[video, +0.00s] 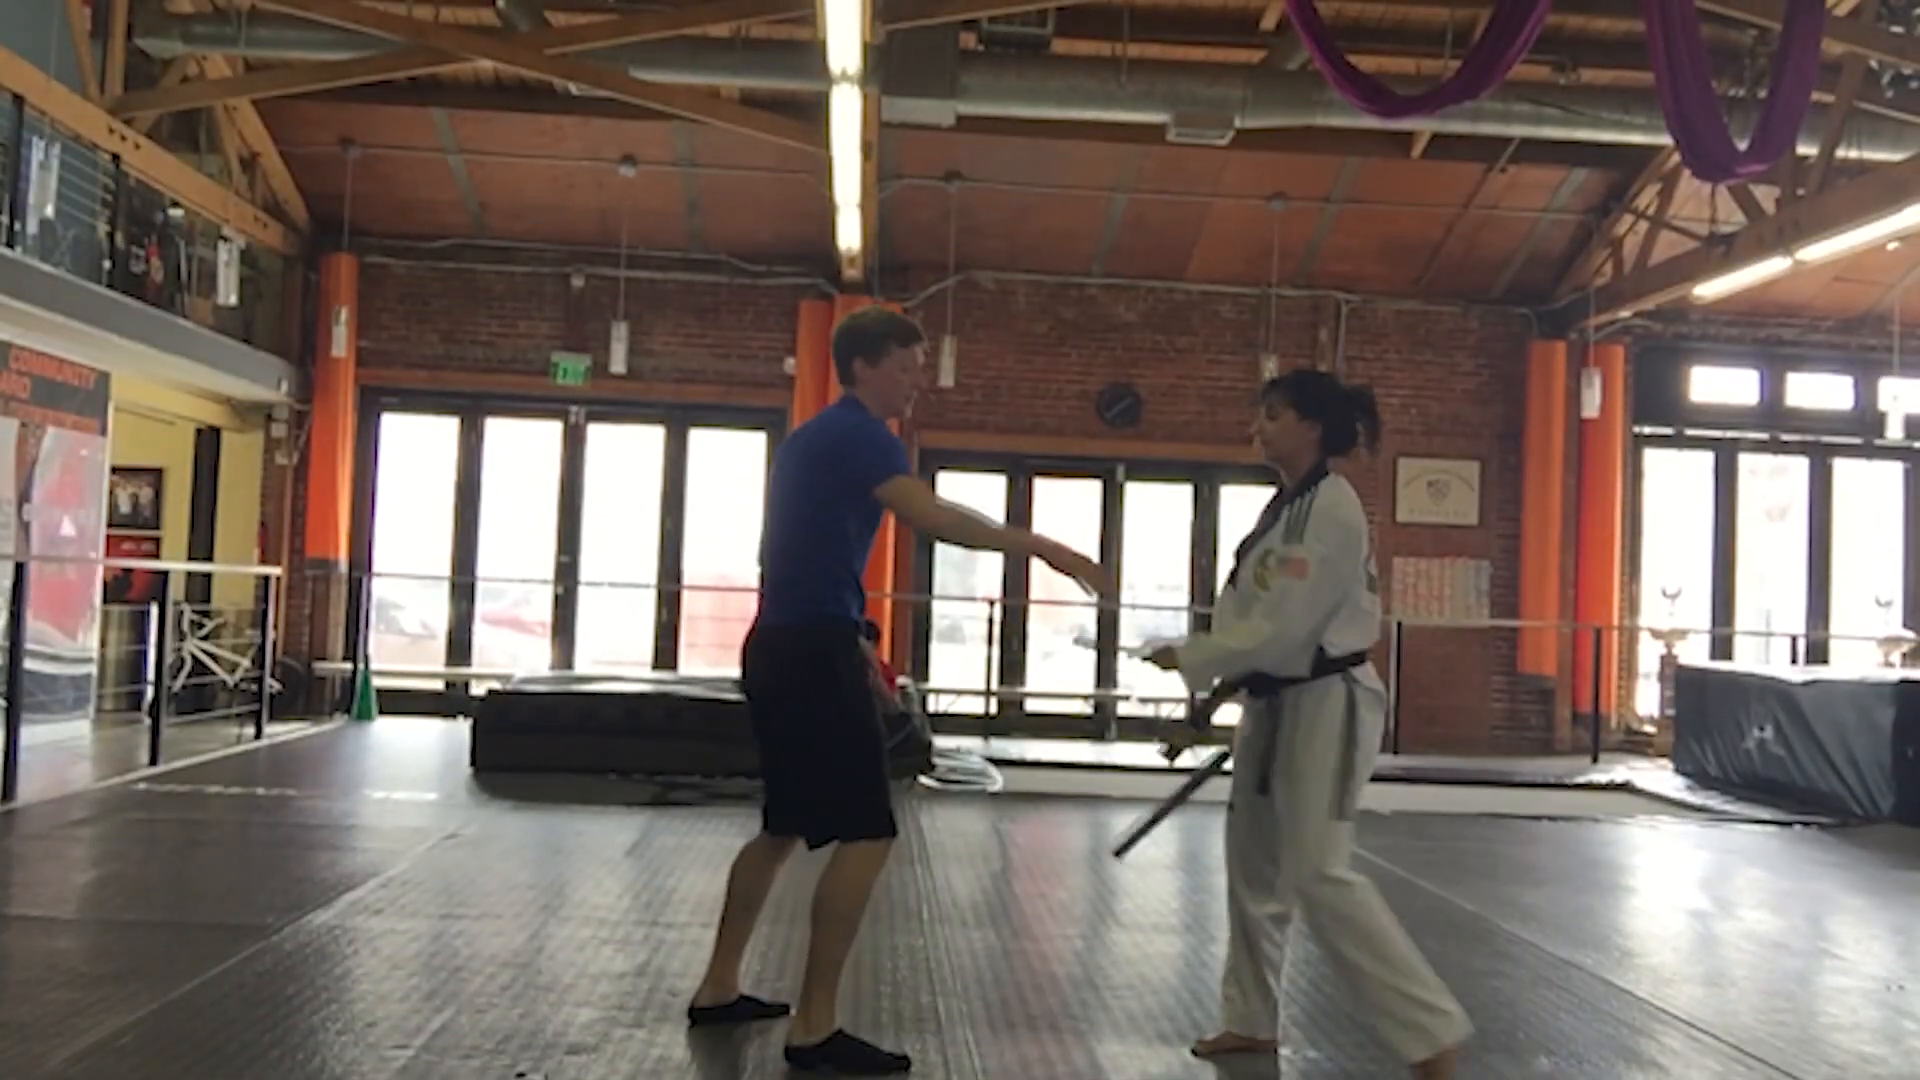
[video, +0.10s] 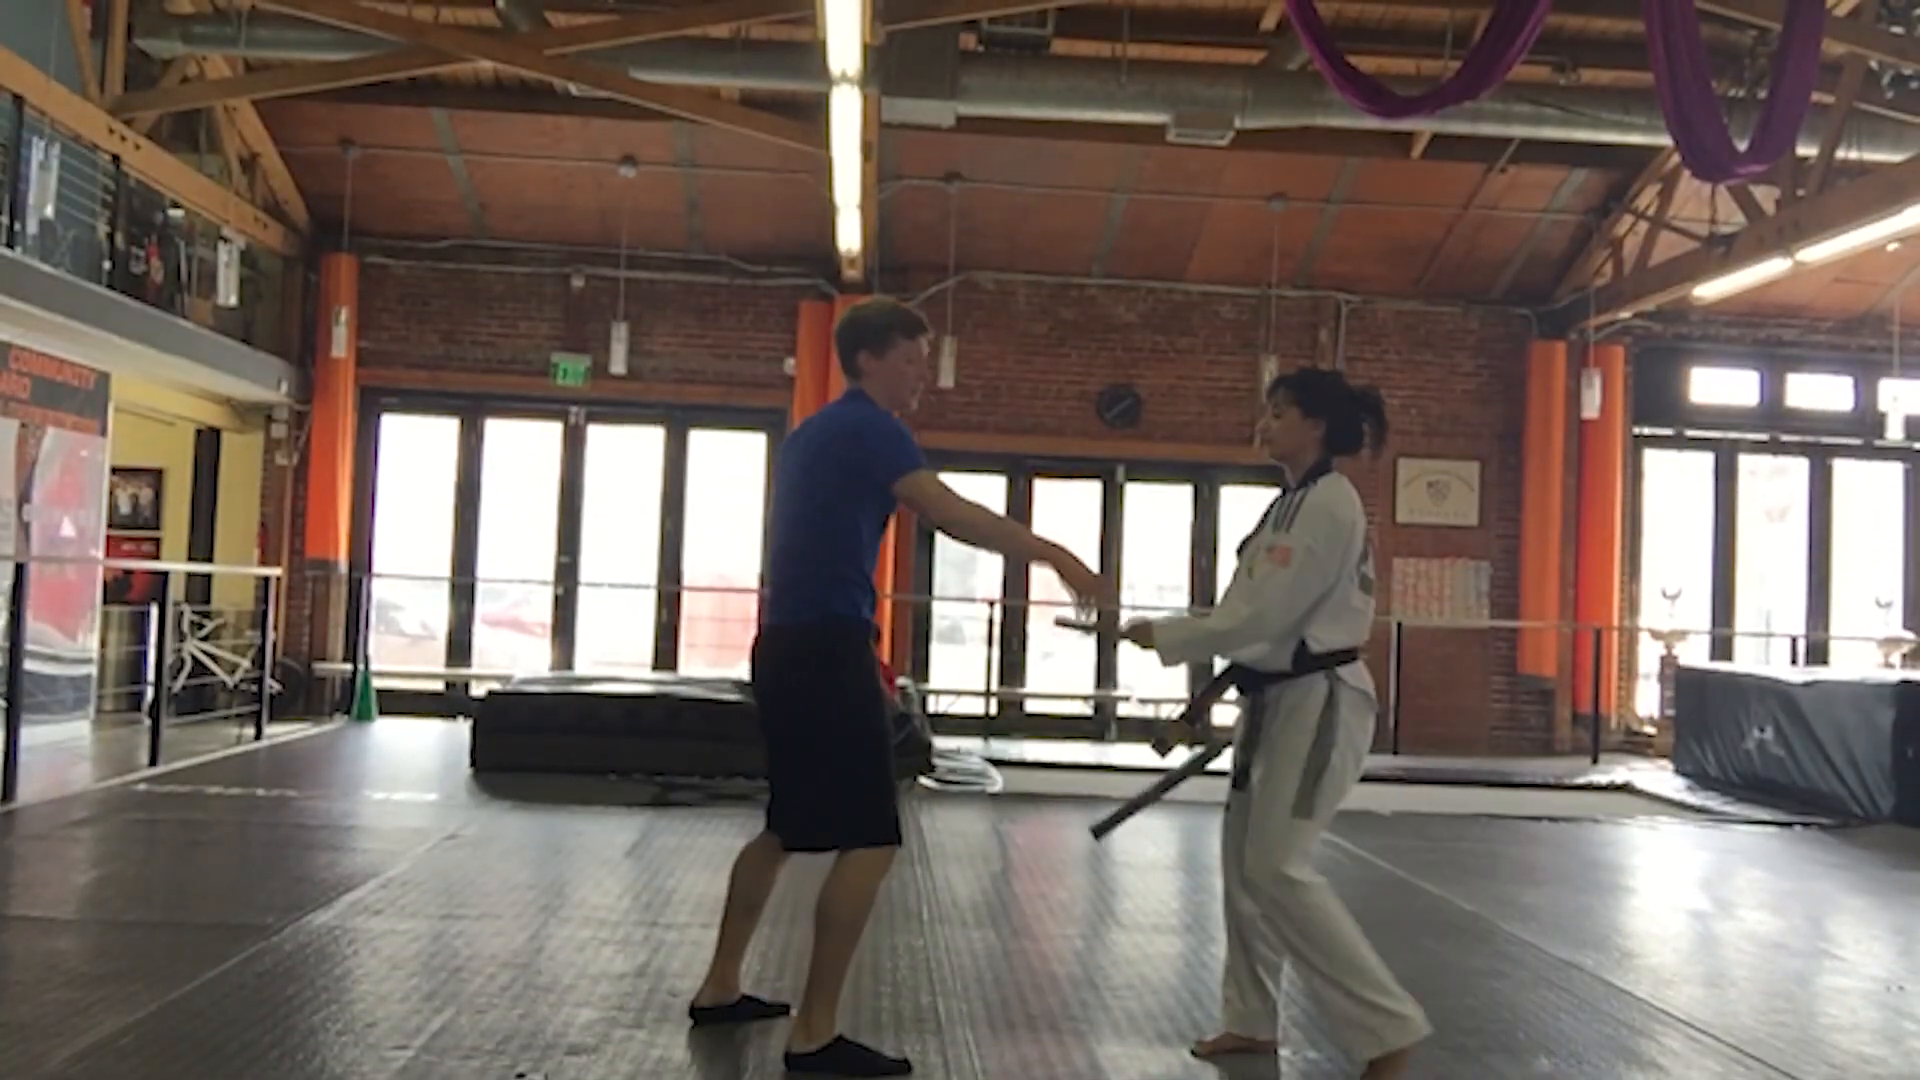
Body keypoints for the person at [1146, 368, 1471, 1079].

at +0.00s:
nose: (1257, 427)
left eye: (1273, 416)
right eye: (1260, 415)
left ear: (1317, 430)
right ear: (1295, 433)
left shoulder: (1331, 507)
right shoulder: (1285, 511)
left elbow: (1286, 625)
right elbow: (1241, 607)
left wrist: (1192, 655)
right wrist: (1197, 655)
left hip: (1329, 702)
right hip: (1276, 701)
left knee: (1317, 868)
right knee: (1253, 863)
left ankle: (1433, 1032)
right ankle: (1251, 1023)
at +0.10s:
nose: (1262, 424)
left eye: (1278, 413)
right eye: (1266, 412)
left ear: (1317, 427)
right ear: (1295, 427)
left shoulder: (1328, 500)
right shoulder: (1289, 506)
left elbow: (1265, 614)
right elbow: (1241, 609)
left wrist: (1161, 635)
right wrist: (1171, 636)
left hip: (1322, 699)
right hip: (1276, 699)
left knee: (1276, 866)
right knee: (1243, 860)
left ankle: (1390, 1030)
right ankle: (1251, 1023)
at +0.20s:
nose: (1269, 422)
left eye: (1284, 411)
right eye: (1272, 410)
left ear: (1323, 425)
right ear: (1310, 428)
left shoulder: (1325, 499)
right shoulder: (1304, 501)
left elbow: (1259, 612)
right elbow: (1250, 612)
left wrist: (1149, 622)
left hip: (1316, 694)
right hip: (1283, 694)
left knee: (1266, 866)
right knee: (1245, 863)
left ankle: (1377, 1031)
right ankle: (1250, 1023)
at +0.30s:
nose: (1279, 421)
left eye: (1294, 411)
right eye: (1282, 410)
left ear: (1334, 425)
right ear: (1323, 428)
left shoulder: (1330, 500)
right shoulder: (1323, 498)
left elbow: (1258, 608)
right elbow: (1282, 615)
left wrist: (1154, 622)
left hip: (1317, 697)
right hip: (1287, 695)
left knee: (1282, 869)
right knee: (1249, 865)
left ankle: (1391, 1041)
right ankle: (1253, 1023)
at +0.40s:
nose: (1290, 420)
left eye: (1305, 409)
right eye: (1293, 408)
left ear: (1344, 423)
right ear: (1332, 426)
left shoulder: (1346, 498)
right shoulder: (1323, 498)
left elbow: (1275, 603)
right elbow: (1274, 607)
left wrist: (1162, 617)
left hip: (1333, 700)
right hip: (1297, 699)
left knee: (1316, 873)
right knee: (1259, 862)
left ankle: (1405, 1056)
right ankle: (1256, 1022)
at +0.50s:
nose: (1301, 419)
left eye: (1318, 409)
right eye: (1304, 407)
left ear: (1359, 424)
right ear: (1326, 422)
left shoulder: (1369, 496)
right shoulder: (1321, 500)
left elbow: (1307, 601)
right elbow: (1288, 607)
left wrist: (1194, 619)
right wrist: (1263, 691)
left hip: (1355, 699)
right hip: (1305, 698)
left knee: (1353, 880)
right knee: (1271, 862)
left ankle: (1408, 1062)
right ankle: (1256, 1022)